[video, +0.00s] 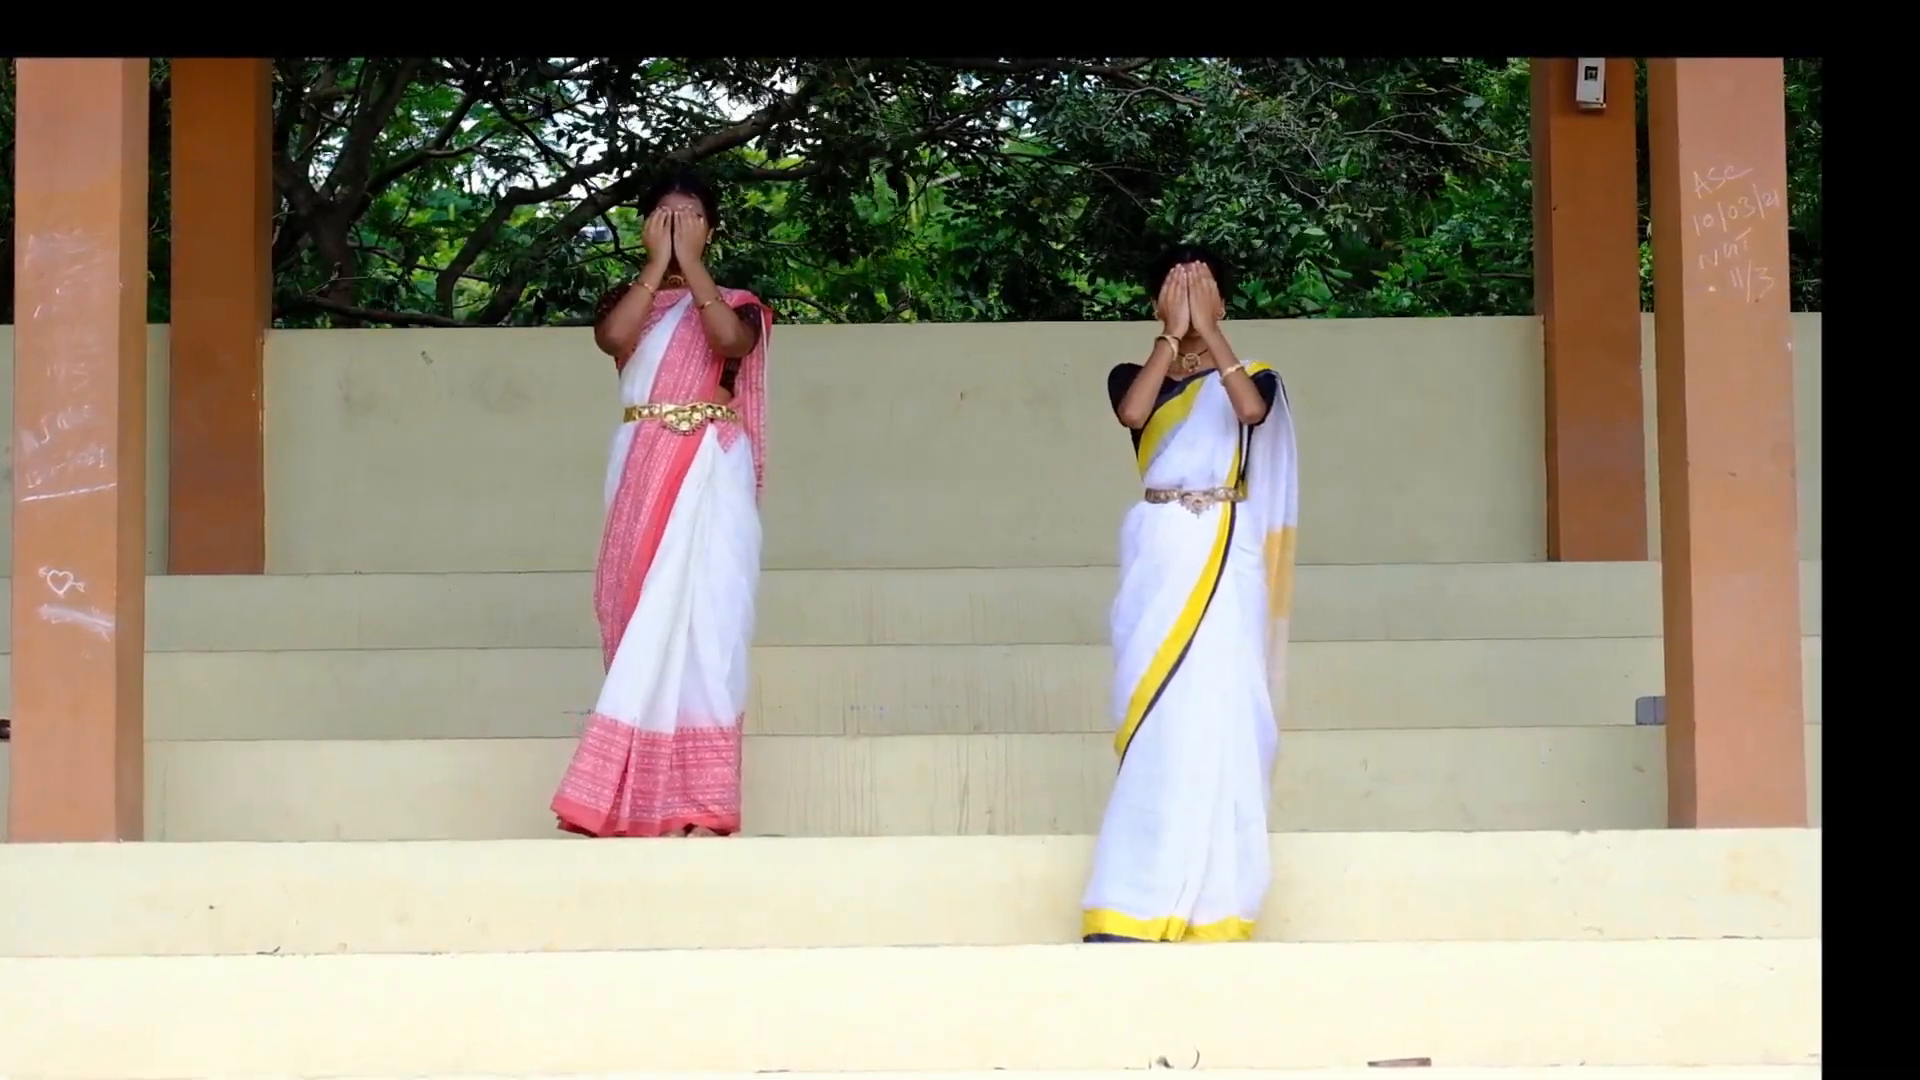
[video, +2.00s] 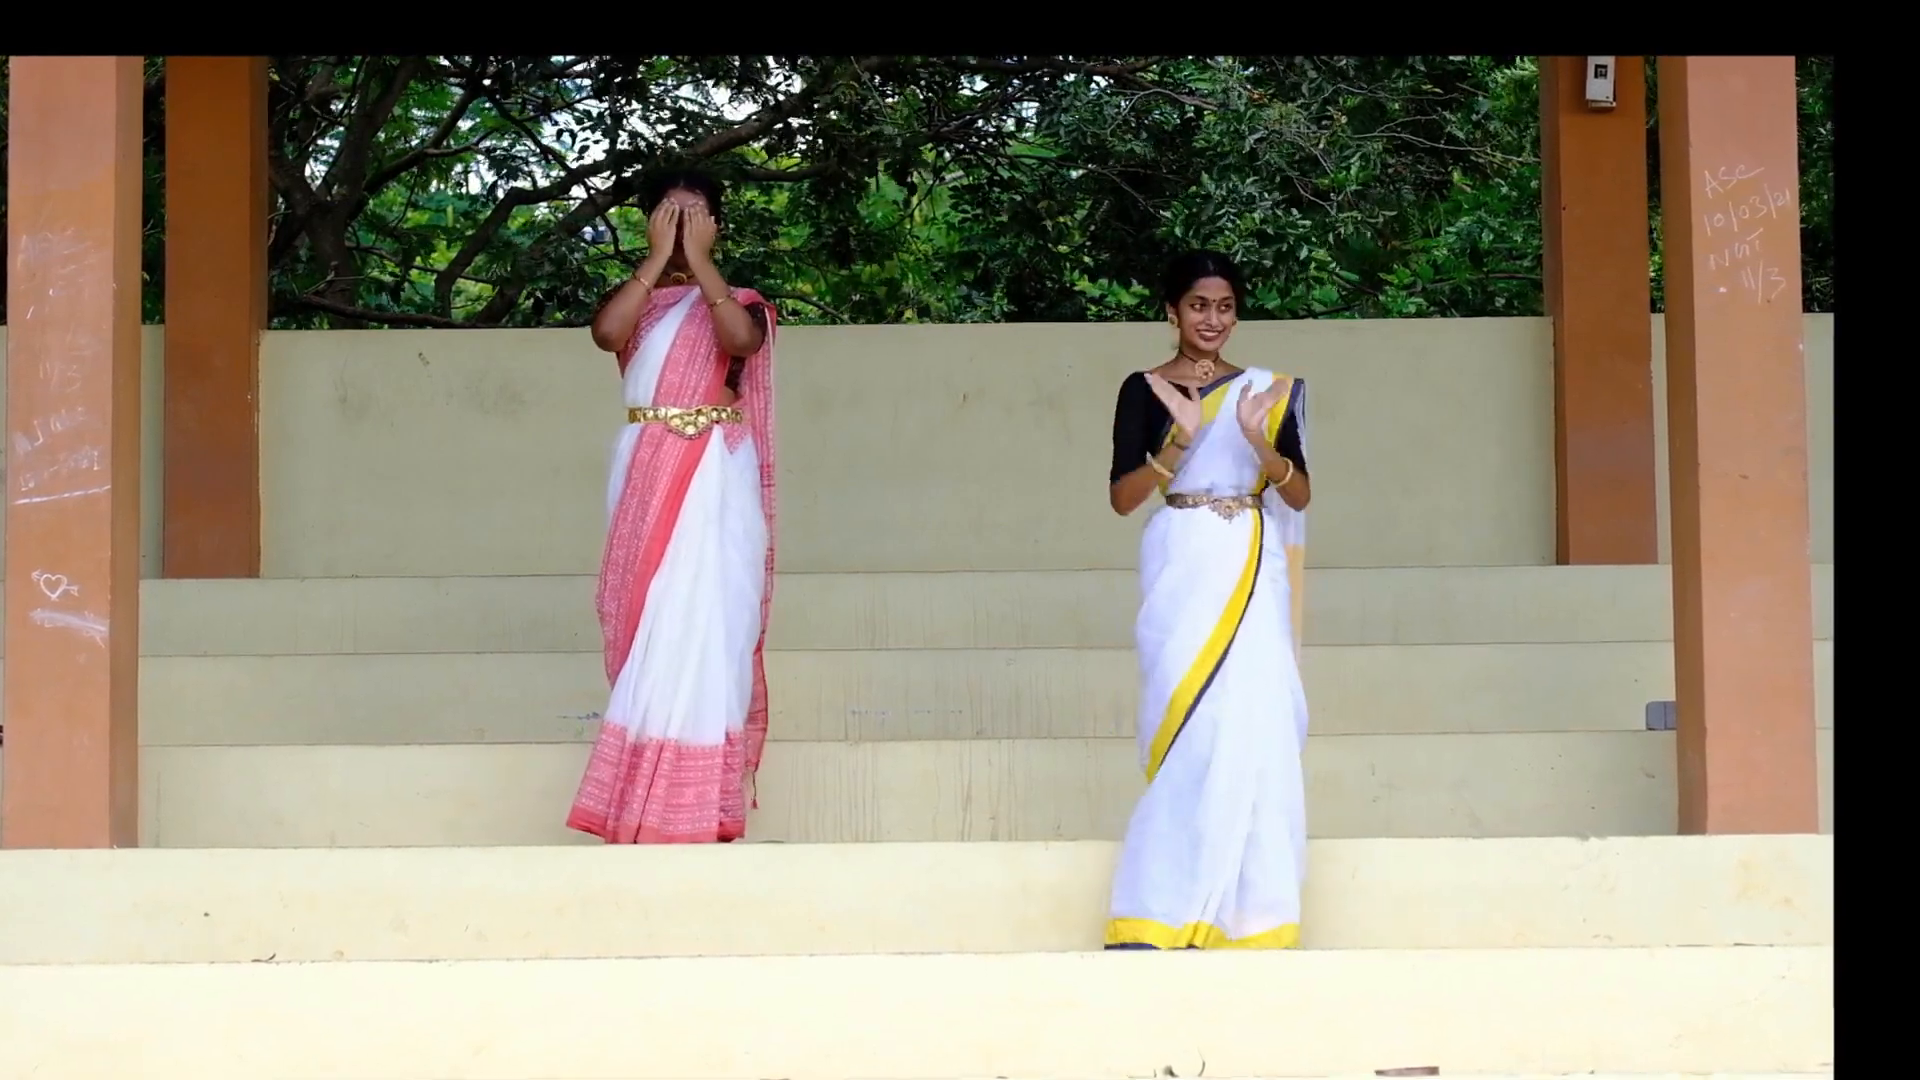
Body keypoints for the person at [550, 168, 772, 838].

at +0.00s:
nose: (674, 227)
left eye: (689, 216)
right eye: (664, 214)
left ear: (712, 227)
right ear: (644, 225)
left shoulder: (738, 305)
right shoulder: (628, 302)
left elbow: (732, 340)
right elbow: (615, 338)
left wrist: (693, 263)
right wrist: (658, 262)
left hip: (713, 478)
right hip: (643, 478)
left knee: (706, 628)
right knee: (639, 625)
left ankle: (703, 804)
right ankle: (635, 800)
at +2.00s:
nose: (681, 226)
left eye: (695, 214)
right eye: (670, 213)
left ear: (717, 226)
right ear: (651, 225)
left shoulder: (740, 301)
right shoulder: (638, 301)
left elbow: (742, 339)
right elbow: (608, 332)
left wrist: (701, 261)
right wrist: (658, 256)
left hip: (714, 476)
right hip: (646, 474)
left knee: (703, 627)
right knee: (650, 626)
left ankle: (693, 803)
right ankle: (644, 799)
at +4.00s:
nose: (674, 261)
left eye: (682, 247)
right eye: (670, 249)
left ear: (724, 243)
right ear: (697, 249)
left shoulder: (792, 305)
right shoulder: (686, 337)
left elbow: (866, 355)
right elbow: (615, 408)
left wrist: (782, 377)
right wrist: (523, 454)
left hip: (784, 488)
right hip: (710, 483)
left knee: (723, 630)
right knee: (634, 490)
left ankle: (714, 810)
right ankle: (641, 653)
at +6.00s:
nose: (778, 232)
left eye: (782, 222)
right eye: (763, 219)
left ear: (781, 236)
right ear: (725, 229)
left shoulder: (775, 318)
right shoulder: (708, 297)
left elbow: (823, 411)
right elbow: (783, 327)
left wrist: (828, 402)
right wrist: (862, 308)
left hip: (772, 487)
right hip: (712, 478)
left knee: (779, 637)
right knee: (718, 636)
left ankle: (780, 815)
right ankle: (715, 816)